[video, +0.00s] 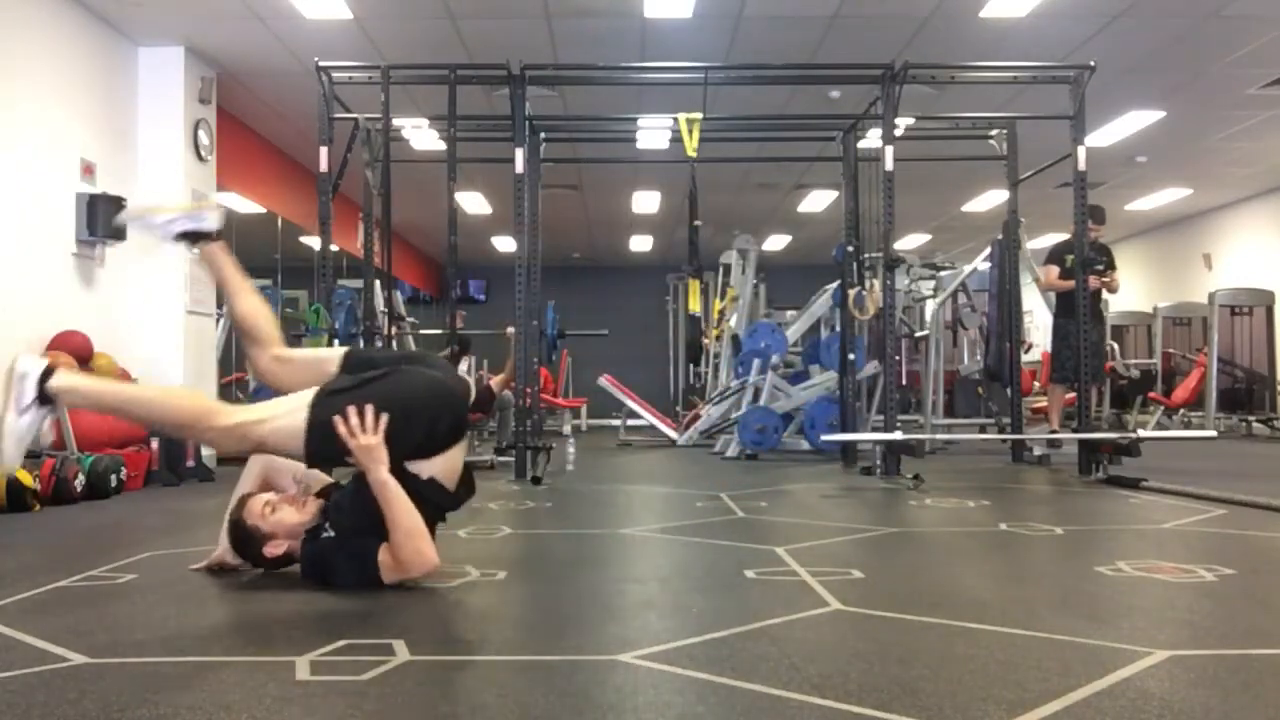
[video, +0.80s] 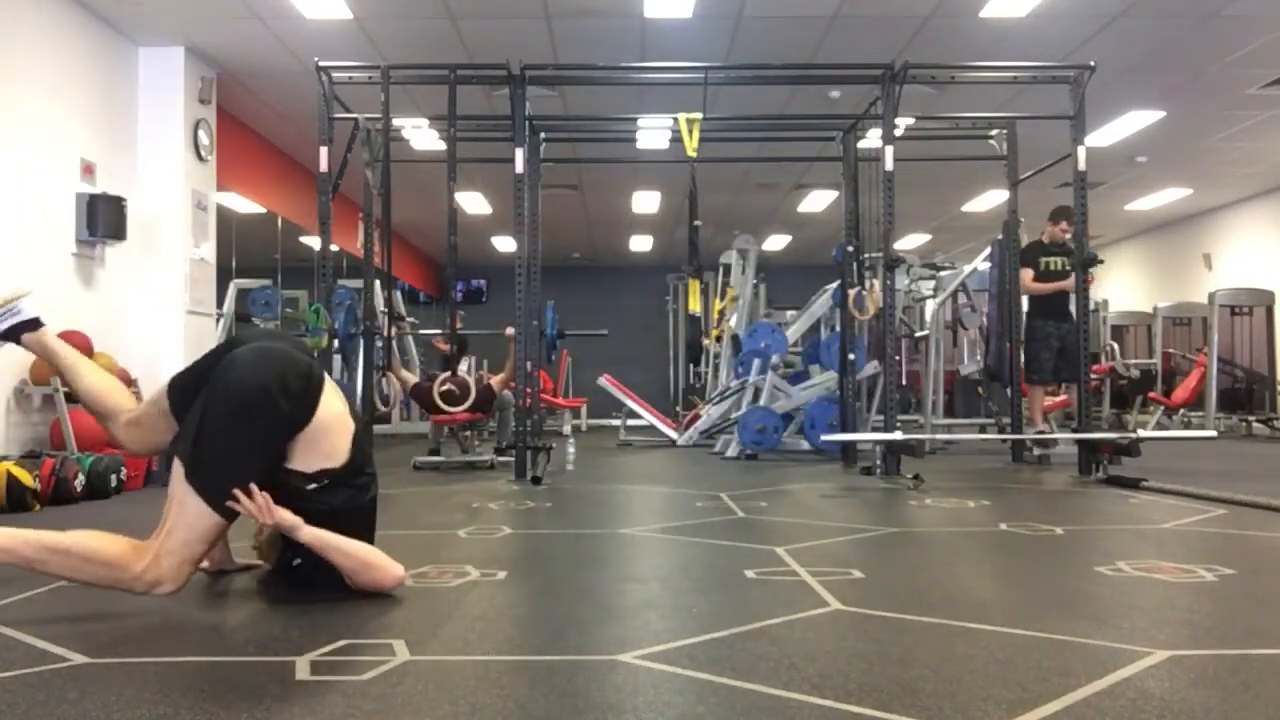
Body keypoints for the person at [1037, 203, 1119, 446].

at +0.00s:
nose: (1092, 235)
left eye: (1097, 230)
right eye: (1089, 229)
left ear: (1102, 229)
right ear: (1078, 225)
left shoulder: (1104, 252)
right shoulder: (1060, 250)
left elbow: (1114, 287)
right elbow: (1048, 283)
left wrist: (1107, 282)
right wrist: (1080, 283)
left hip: (1094, 320)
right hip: (1067, 319)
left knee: (1092, 375)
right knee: (1060, 376)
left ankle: (1087, 423)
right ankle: (1054, 427)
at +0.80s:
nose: (1067, 236)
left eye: (1069, 232)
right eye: (1064, 231)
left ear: (1069, 231)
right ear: (1050, 226)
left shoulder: (1069, 251)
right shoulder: (1031, 250)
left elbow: (1077, 278)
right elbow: (1025, 286)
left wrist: (1084, 280)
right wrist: (1063, 285)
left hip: (1065, 319)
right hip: (1040, 320)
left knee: (1075, 374)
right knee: (1038, 377)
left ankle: (1080, 421)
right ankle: (1038, 425)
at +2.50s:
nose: (1086, 228)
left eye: (1090, 224)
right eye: (1082, 223)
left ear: (1094, 225)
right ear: (1071, 223)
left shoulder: (1097, 252)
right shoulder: (1055, 251)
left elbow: (1106, 282)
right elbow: (1045, 283)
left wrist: (1103, 281)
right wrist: (1080, 283)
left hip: (1088, 319)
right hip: (1062, 319)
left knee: (1088, 374)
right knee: (1053, 374)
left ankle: (1085, 423)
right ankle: (1041, 424)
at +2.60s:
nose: (1091, 228)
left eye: (1094, 223)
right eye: (1087, 223)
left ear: (1097, 224)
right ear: (1076, 221)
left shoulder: (1101, 251)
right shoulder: (1058, 250)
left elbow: (1111, 285)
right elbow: (1046, 283)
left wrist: (1106, 282)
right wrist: (1080, 283)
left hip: (1090, 319)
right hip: (1063, 318)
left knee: (1088, 374)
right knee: (1055, 373)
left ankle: (1085, 422)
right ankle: (1047, 423)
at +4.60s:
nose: (1081, 223)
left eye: (1085, 218)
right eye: (1076, 219)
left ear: (1089, 220)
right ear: (1065, 221)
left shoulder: (1091, 250)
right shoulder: (1051, 252)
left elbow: (1111, 277)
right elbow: (1038, 281)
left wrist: (1096, 255)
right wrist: (1068, 266)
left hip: (1089, 320)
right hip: (1062, 320)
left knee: (1089, 376)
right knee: (1058, 377)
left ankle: (1087, 424)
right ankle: (1054, 428)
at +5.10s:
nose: (1080, 226)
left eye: (1084, 222)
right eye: (1075, 221)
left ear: (1088, 225)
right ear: (1065, 224)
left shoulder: (1090, 252)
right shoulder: (1052, 251)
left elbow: (1117, 271)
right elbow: (1053, 271)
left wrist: (1102, 246)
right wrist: (1069, 242)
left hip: (1089, 321)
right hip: (1063, 321)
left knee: (1088, 377)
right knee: (1058, 378)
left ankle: (1086, 424)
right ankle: (1054, 428)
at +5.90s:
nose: (1081, 224)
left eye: (1086, 219)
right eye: (1076, 218)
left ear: (1091, 223)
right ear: (1067, 221)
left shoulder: (1093, 249)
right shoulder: (1057, 245)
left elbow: (1127, 255)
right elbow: (1043, 255)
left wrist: (1107, 232)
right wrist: (1059, 230)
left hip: (1088, 318)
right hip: (1063, 318)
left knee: (1088, 376)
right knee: (1058, 376)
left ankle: (1086, 424)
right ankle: (1055, 427)